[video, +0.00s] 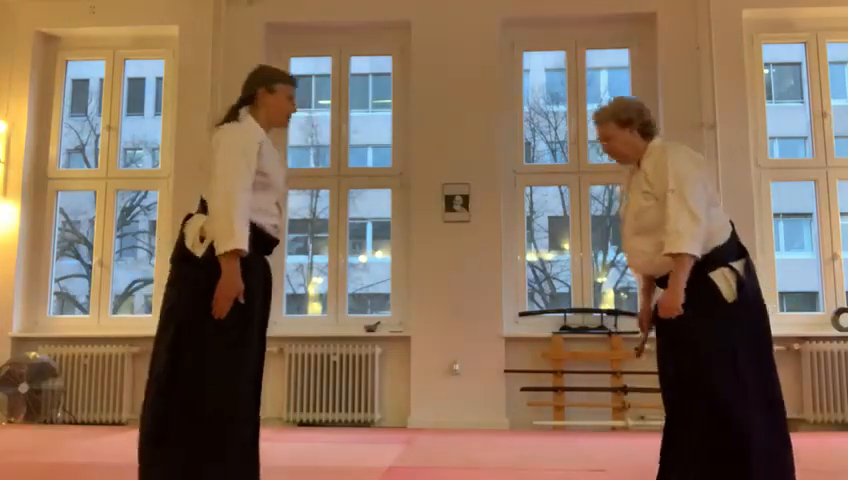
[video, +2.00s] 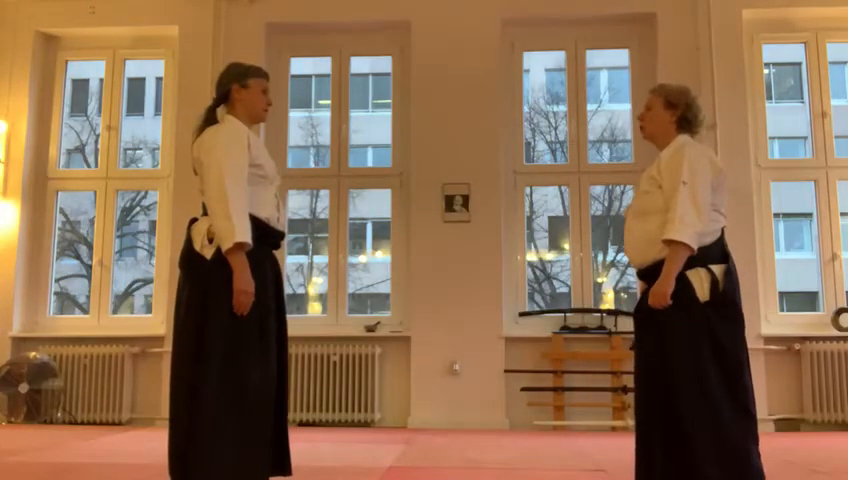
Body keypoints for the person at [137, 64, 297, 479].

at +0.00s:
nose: (293, 107)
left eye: (293, 100)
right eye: (288, 99)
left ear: (266, 98)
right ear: (263, 96)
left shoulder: (257, 139)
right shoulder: (239, 134)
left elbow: (243, 202)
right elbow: (228, 197)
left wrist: (247, 268)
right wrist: (230, 267)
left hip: (245, 263)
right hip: (227, 264)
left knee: (232, 381)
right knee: (218, 380)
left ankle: (224, 470)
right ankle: (210, 472)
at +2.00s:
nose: (269, 100)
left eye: (269, 93)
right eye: (263, 92)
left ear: (244, 96)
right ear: (236, 94)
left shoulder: (243, 136)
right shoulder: (225, 134)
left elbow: (241, 202)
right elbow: (222, 199)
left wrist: (262, 258)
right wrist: (239, 265)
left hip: (247, 257)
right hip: (229, 260)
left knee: (245, 367)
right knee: (231, 367)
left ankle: (241, 463)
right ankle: (227, 465)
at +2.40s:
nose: (269, 100)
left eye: (269, 93)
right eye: (262, 92)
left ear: (243, 96)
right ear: (235, 94)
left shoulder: (243, 136)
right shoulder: (225, 134)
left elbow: (239, 201)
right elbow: (221, 199)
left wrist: (261, 257)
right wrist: (239, 265)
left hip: (246, 256)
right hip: (229, 259)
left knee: (244, 368)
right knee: (230, 367)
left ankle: (240, 464)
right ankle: (227, 466)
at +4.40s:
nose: (253, 110)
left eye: (255, 103)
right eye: (248, 101)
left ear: (227, 101)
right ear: (220, 97)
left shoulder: (220, 141)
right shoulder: (206, 138)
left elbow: (216, 211)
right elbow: (200, 201)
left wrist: (237, 268)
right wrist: (264, 222)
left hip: (207, 261)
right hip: (192, 261)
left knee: (208, 367)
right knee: (199, 368)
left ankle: (201, 466)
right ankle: (197, 469)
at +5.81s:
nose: (126, 112)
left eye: (127, 105)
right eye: (119, 103)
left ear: (116, 111)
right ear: (90, 104)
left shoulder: (121, 166)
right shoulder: (61, 147)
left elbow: (126, 228)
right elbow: (56, 210)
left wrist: (132, 278)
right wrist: (96, 267)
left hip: (110, 275)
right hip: (58, 269)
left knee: (118, 382)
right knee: (55, 380)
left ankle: (114, 472)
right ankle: (53, 472)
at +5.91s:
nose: (124, 111)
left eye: (125, 105)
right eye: (117, 103)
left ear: (112, 111)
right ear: (89, 103)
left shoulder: (120, 166)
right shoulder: (60, 148)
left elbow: (124, 225)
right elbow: (57, 211)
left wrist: (128, 263)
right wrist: (97, 265)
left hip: (109, 273)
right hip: (57, 269)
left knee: (120, 378)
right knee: (53, 378)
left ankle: (114, 469)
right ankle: (50, 469)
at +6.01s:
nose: (126, 113)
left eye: (128, 107)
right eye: (119, 104)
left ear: (116, 112)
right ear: (91, 105)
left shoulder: (118, 165)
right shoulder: (63, 150)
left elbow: (121, 222)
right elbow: (63, 212)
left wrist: (131, 256)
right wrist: (104, 264)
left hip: (110, 273)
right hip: (62, 271)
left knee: (127, 376)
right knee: (58, 377)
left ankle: (117, 468)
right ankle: (55, 469)